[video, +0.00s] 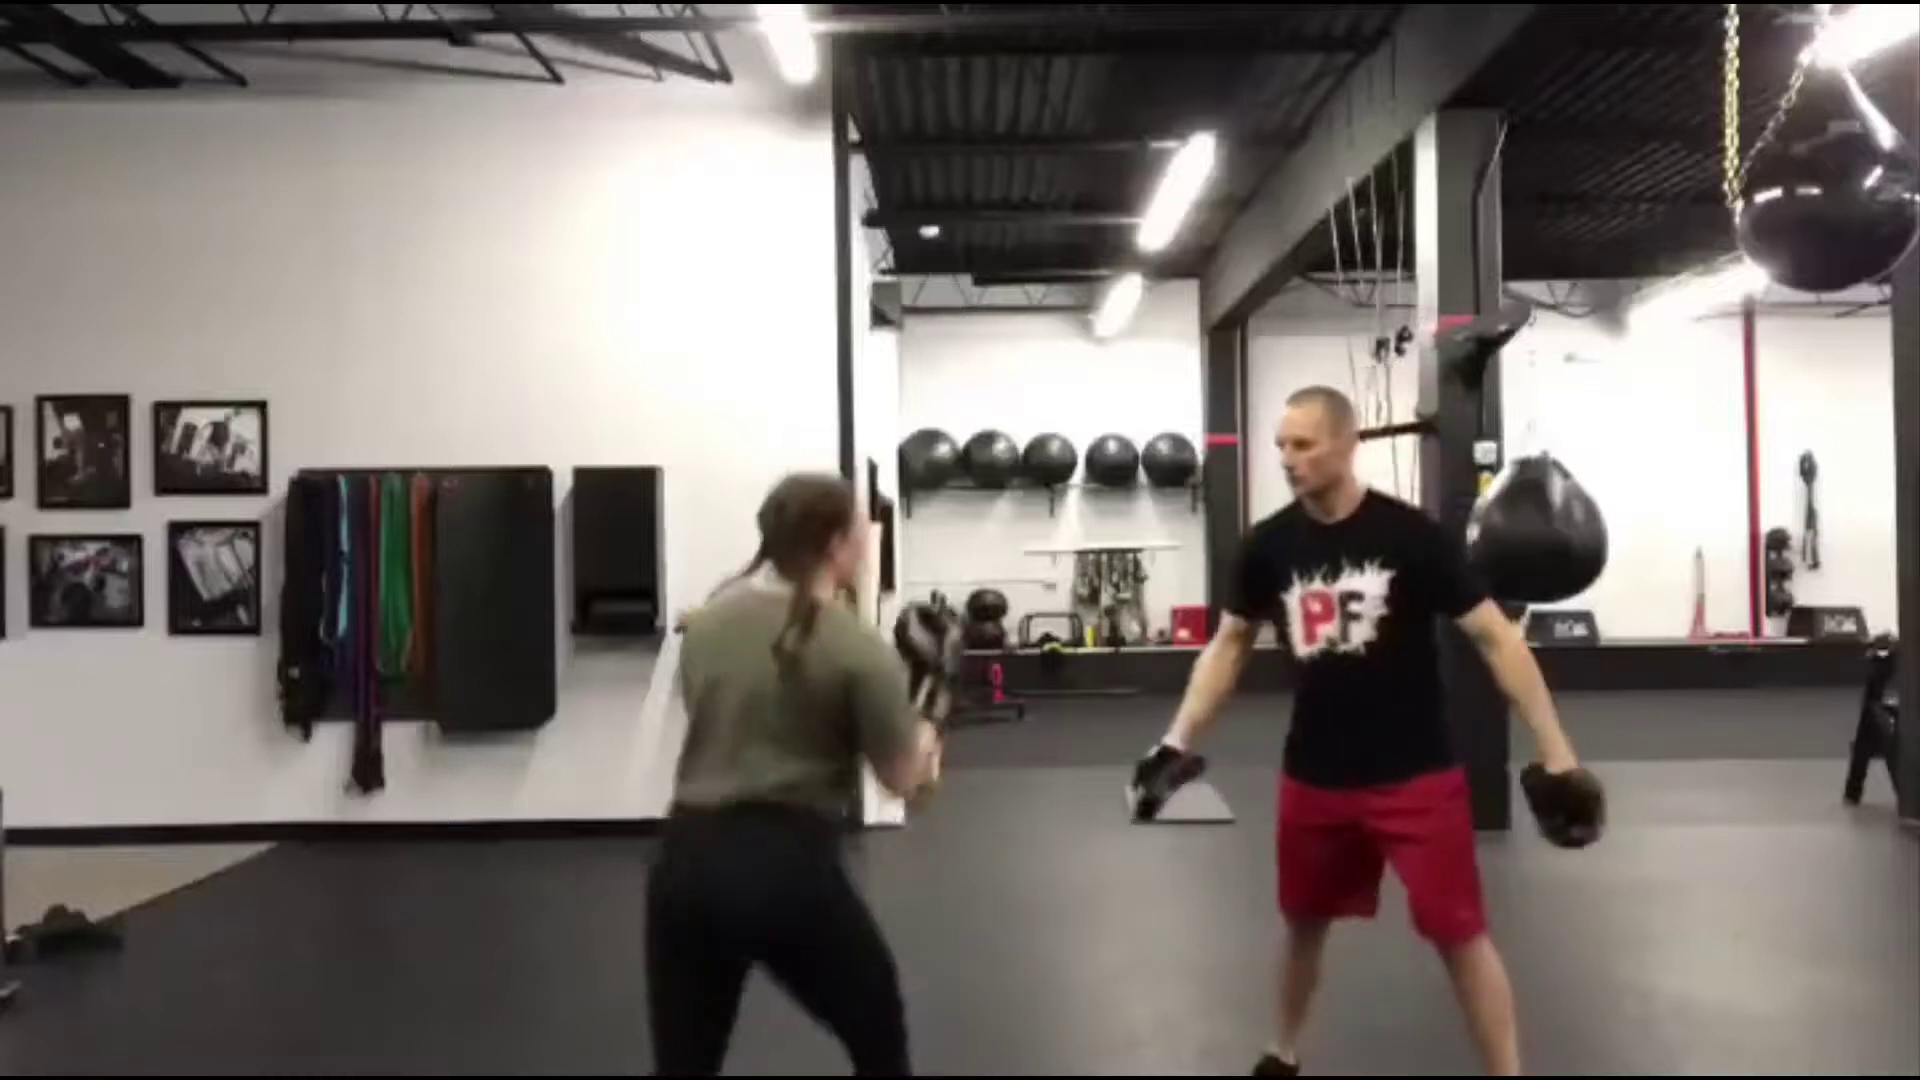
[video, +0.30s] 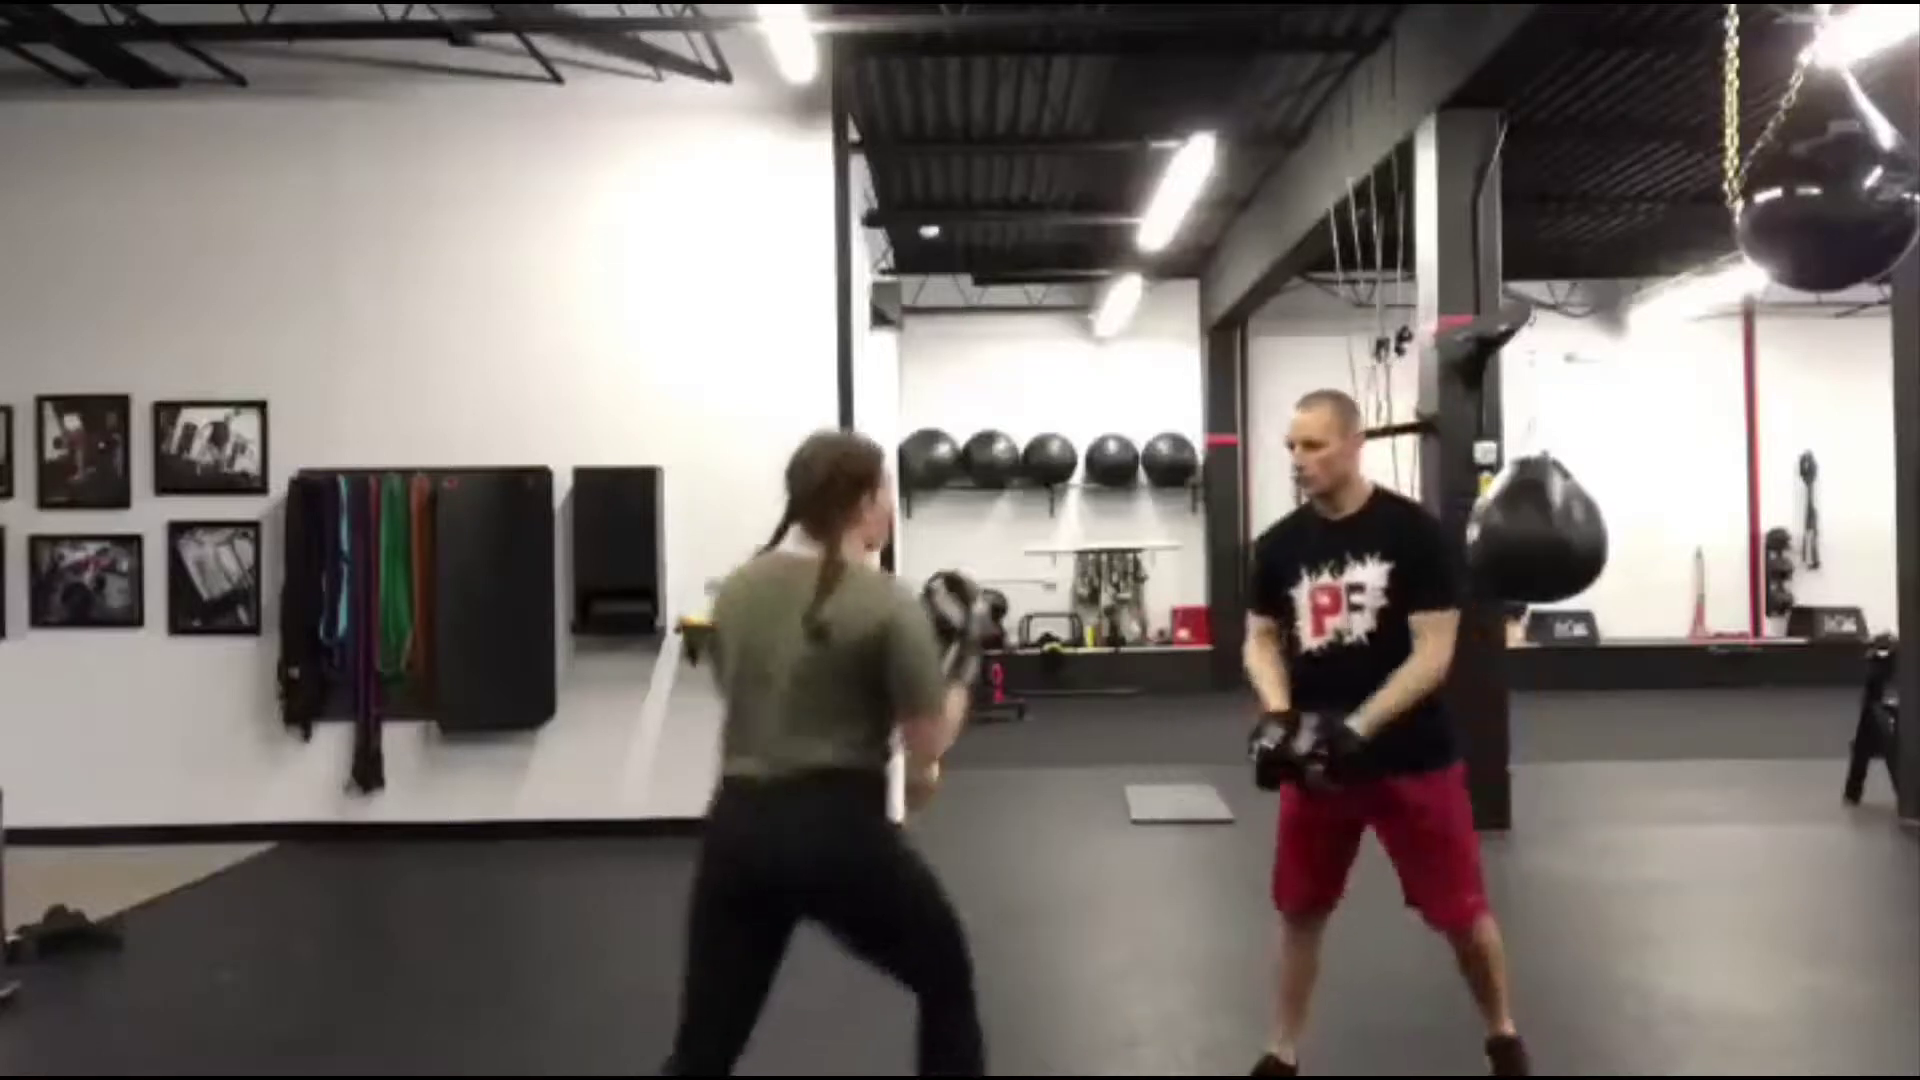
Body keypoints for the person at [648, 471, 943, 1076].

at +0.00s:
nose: (869, 542)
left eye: (866, 528)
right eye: (861, 529)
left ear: (772, 542)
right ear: (835, 545)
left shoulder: (706, 625)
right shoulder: (855, 645)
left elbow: (714, 718)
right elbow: (903, 773)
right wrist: (925, 741)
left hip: (691, 851)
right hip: (791, 861)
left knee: (683, 1060)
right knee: (877, 1035)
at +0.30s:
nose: (891, 507)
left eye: (888, 492)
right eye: (885, 493)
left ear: (799, 502)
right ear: (863, 505)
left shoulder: (739, 588)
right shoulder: (886, 603)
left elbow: (742, 692)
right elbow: (929, 741)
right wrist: (963, 668)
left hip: (741, 829)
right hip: (844, 832)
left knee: (705, 1037)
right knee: (946, 981)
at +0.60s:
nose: (971, 559)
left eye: (967, 546)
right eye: (967, 546)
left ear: (881, 558)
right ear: (953, 559)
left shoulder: (834, 655)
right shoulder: (991, 654)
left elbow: (834, 756)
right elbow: (1035, 787)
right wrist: (1053, 745)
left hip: (865, 881)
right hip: (972, 880)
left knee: (842, 1062)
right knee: (1015, 1057)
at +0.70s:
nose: (976, 522)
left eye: (974, 510)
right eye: (973, 510)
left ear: (886, 517)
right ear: (958, 518)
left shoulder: (837, 612)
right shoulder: (992, 617)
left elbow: (837, 714)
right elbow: (1039, 746)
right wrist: (1055, 700)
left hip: (863, 839)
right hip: (967, 842)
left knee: (824, 1042)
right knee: (1002, 1040)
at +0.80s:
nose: (972, 502)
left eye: (971, 487)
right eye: (969, 487)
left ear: (882, 490)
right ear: (950, 494)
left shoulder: (827, 578)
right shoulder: (988, 589)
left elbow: (822, 673)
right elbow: (1036, 715)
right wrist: (1052, 677)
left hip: (838, 809)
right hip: (947, 812)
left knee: (811, 1031)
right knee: (992, 1024)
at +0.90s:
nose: (967, 520)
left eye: (965, 506)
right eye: (963, 506)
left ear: (878, 507)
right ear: (945, 514)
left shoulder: (814, 598)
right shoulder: (979, 612)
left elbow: (806, 686)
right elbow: (1030, 743)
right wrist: (1040, 683)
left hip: (820, 830)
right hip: (927, 833)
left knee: (810, 1046)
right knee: (990, 1025)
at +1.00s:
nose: (958, 571)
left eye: (956, 554)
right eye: (955, 554)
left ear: (869, 555)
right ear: (934, 564)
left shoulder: (808, 646)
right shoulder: (966, 660)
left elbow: (792, 741)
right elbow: (1016, 790)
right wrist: (1028, 738)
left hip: (802, 884)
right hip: (910, 890)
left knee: (809, 1064)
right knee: (995, 1043)